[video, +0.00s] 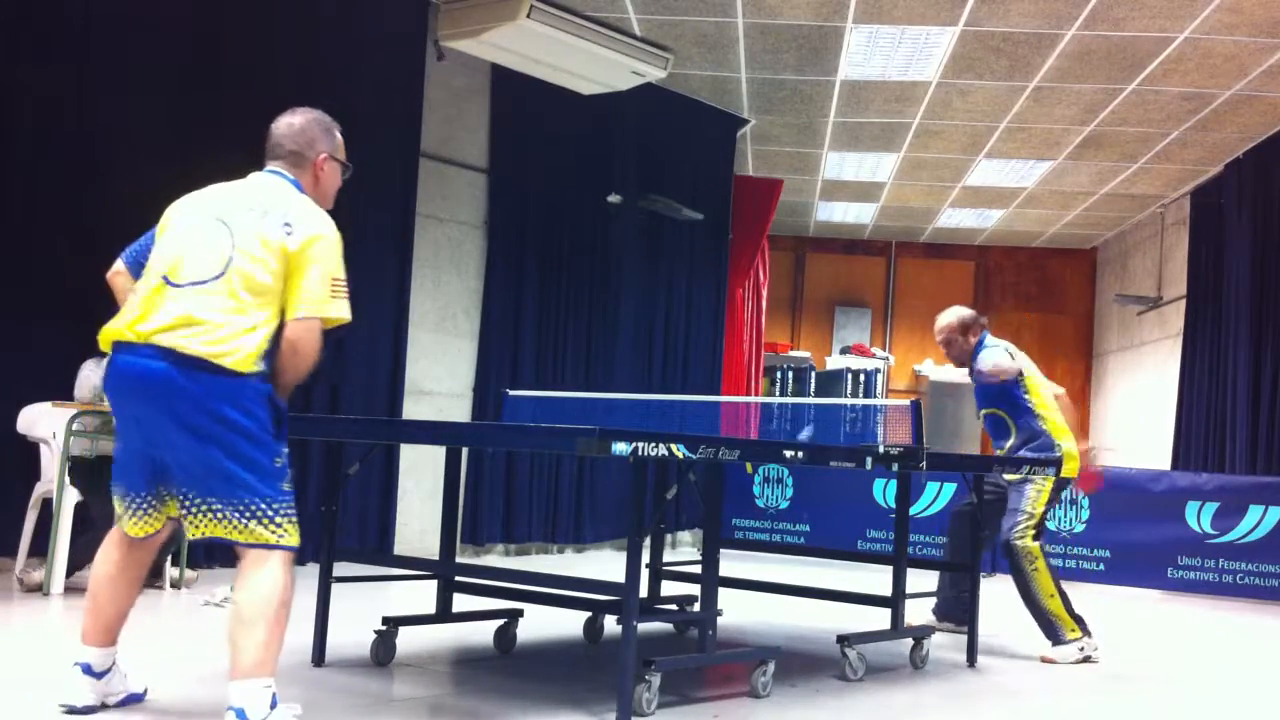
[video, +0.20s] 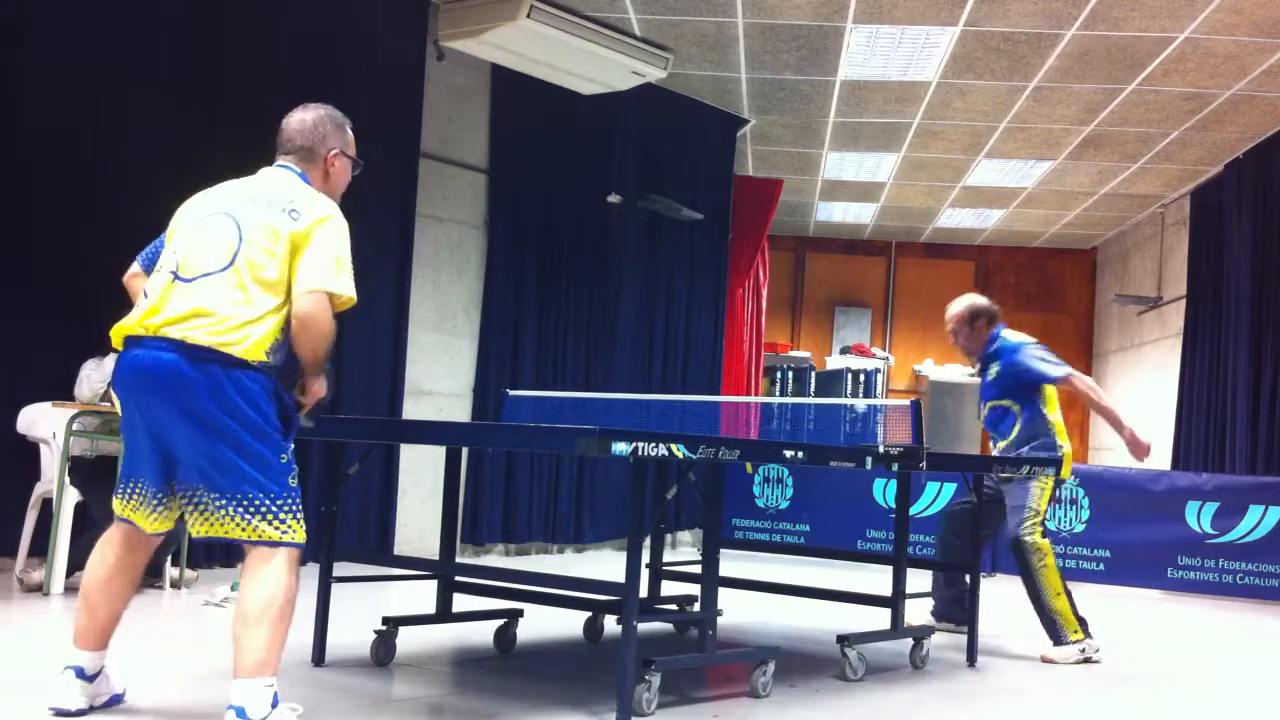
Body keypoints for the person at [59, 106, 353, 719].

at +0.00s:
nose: (339, 182)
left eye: (342, 171)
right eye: (340, 170)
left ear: (273, 158)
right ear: (319, 165)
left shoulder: (202, 199)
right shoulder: (311, 223)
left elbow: (122, 273)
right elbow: (303, 338)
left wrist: (162, 342)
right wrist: (273, 395)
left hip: (133, 368)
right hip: (218, 382)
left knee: (141, 519)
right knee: (269, 541)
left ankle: (93, 672)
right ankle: (253, 703)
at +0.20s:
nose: (351, 177)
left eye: (354, 166)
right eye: (351, 164)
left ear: (282, 154)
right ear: (330, 160)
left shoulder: (211, 197)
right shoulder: (318, 213)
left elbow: (137, 276)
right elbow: (311, 309)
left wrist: (181, 337)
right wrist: (314, 375)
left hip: (140, 364)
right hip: (222, 374)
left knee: (139, 518)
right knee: (276, 537)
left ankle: (82, 673)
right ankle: (255, 701)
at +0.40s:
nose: (339, 172)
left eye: (342, 161)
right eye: (340, 160)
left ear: (270, 152)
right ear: (320, 157)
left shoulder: (208, 200)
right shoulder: (298, 206)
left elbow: (142, 289)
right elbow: (286, 306)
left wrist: (216, 320)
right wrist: (309, 357)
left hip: (135, 371)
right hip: (208, 380)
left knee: (148, 525)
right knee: (281, 539)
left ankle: (79, 671)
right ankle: (254, 702)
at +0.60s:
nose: (344, 199)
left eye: (346, 187)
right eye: (343, 185)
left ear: (281, 177)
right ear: (315, 183)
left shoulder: (216, 220)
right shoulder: (269, 251)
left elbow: (140, 300)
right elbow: (198, 338)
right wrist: (288, 378)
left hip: (134, 407)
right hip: (197, 418)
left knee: (171, 535)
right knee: (311, 551)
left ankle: (80, 672)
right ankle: (256, 703)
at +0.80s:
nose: (325, 201)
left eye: (326, 188)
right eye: (321, 187)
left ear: (273, 183)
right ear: (288, 186)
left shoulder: (195, 223)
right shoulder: (258, 275)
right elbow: (341, 357)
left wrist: (373, 342)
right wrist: (445, 353)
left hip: (128, 416)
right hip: (183, 423)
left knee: (188, 544)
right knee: (308, 545)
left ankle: (78, 672)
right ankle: (255, 703)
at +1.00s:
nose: (297, 161)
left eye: (298, 148)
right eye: (296, 147)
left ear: (223, 142)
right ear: (273, 145)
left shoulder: (154, 197)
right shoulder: (270, 226)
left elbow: (102, 289)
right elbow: (366, 292)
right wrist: (449, 256)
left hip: (103, 390)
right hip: (183, 401)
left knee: (134, 519)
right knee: (286, 540)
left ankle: (35, 661)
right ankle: (252, 702)